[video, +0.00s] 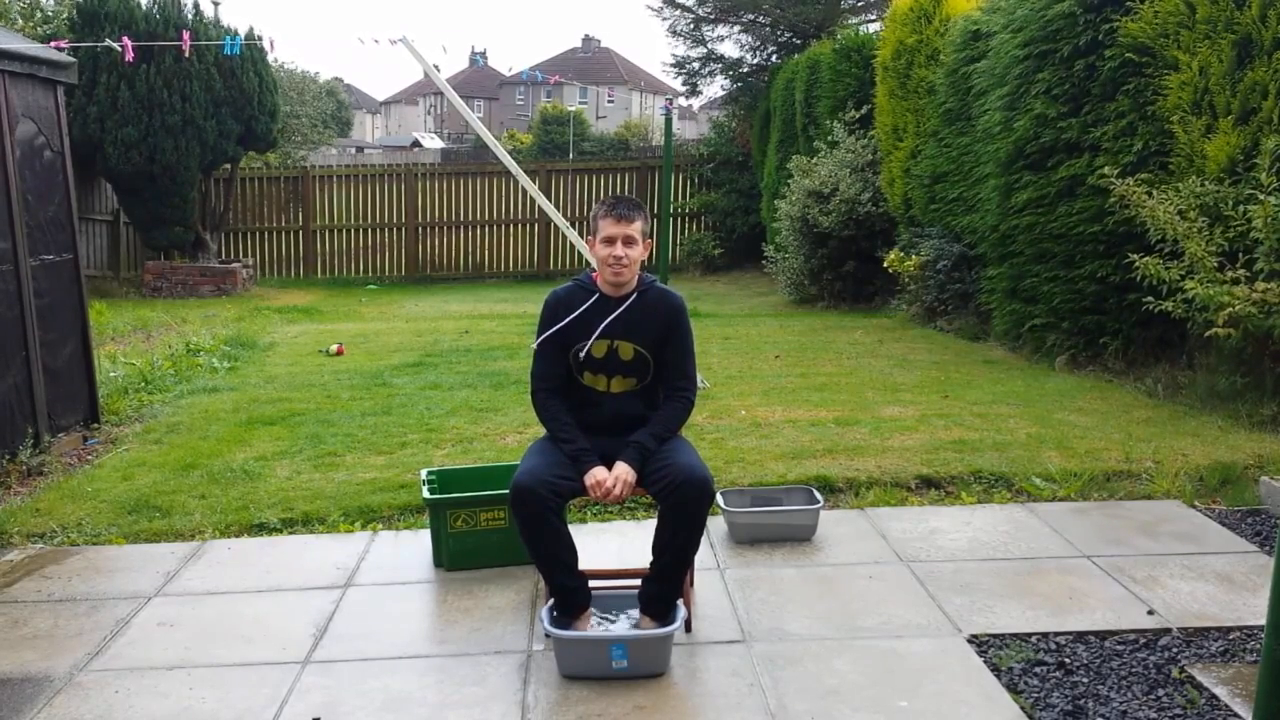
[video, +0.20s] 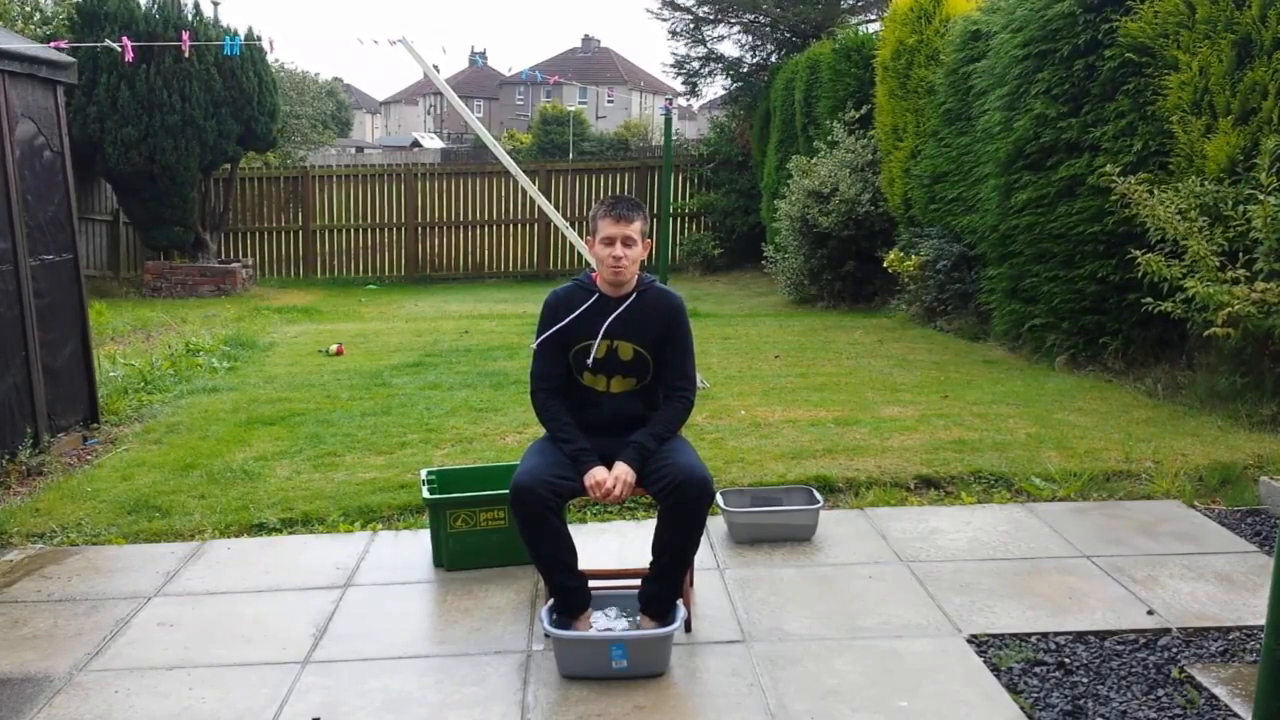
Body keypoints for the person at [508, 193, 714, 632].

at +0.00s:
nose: (618, 252)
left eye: (629, 242)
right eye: (608, 241)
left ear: (646, 249)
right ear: (590, 246)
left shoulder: (667, 307)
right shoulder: (562, 303)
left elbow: (681, 394)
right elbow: (545, 392)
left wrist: (633, 457)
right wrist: (587, 462)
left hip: (649, 436)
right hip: (574, 438)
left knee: (694, 485)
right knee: (528, 489)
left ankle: (657, 606)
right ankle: (573, 605)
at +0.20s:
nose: (617, 253)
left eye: (628, 243)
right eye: (607, 242)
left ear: (645, 249)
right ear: (591, 246)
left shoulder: (666, 307)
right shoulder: (562, 304)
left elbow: (680, 395)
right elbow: (545, 393)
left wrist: (633, 458)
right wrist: (586, 461)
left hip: (648, 436)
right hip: (574, 438)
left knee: (693, 485)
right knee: (527, 489)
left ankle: (658, 603)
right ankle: (571, 601)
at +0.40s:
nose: (616, 251)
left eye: (627, 241)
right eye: (606, 240)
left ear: (644, 248)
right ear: (590, 246)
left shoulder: (666, 307)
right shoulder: (562, 303)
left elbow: (680, 395)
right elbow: (545, 392)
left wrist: (633, 458)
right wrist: (587, 462)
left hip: (648, 436)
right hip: (574, 438)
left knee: (693, 485)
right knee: (527, 489)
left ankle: (656, 607)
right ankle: (573, 606)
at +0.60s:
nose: (616, 250)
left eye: (627, 240)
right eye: (606, 240)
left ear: (644, 248)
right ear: (589, 246)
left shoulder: (666, 307)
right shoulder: (561, 303)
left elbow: (680, 395)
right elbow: (545, 392)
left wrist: (633, 458)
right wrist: (587, 461)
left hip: (648, 436)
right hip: (574, 438)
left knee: (693, 484)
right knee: (527, 489)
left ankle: (657, 606)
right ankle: (573, 605)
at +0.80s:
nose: (617, 249)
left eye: (628, 239)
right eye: (606, 239)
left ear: (644, 248)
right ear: (589, 246)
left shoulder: (666, 307)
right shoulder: (562, 304)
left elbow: (680, 395)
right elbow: (545, 393)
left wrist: (633, 457)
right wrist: (587, 462)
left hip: (649, 436)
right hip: (574, 438)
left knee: (693, 485)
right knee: (527, 490)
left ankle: (656, 606)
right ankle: (573, 605)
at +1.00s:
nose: (616, 250)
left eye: (628, 240)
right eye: (606, 240)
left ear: (645, 248)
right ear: (590, 247)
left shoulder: (666, 307)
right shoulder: (562, 304)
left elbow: (680, 395)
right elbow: (545, 394)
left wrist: (633, 458)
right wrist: (587, 462)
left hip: (648, 436)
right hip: (574, 438)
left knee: (693, 484)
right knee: (527, 489)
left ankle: (658, 604)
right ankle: (571, 602)